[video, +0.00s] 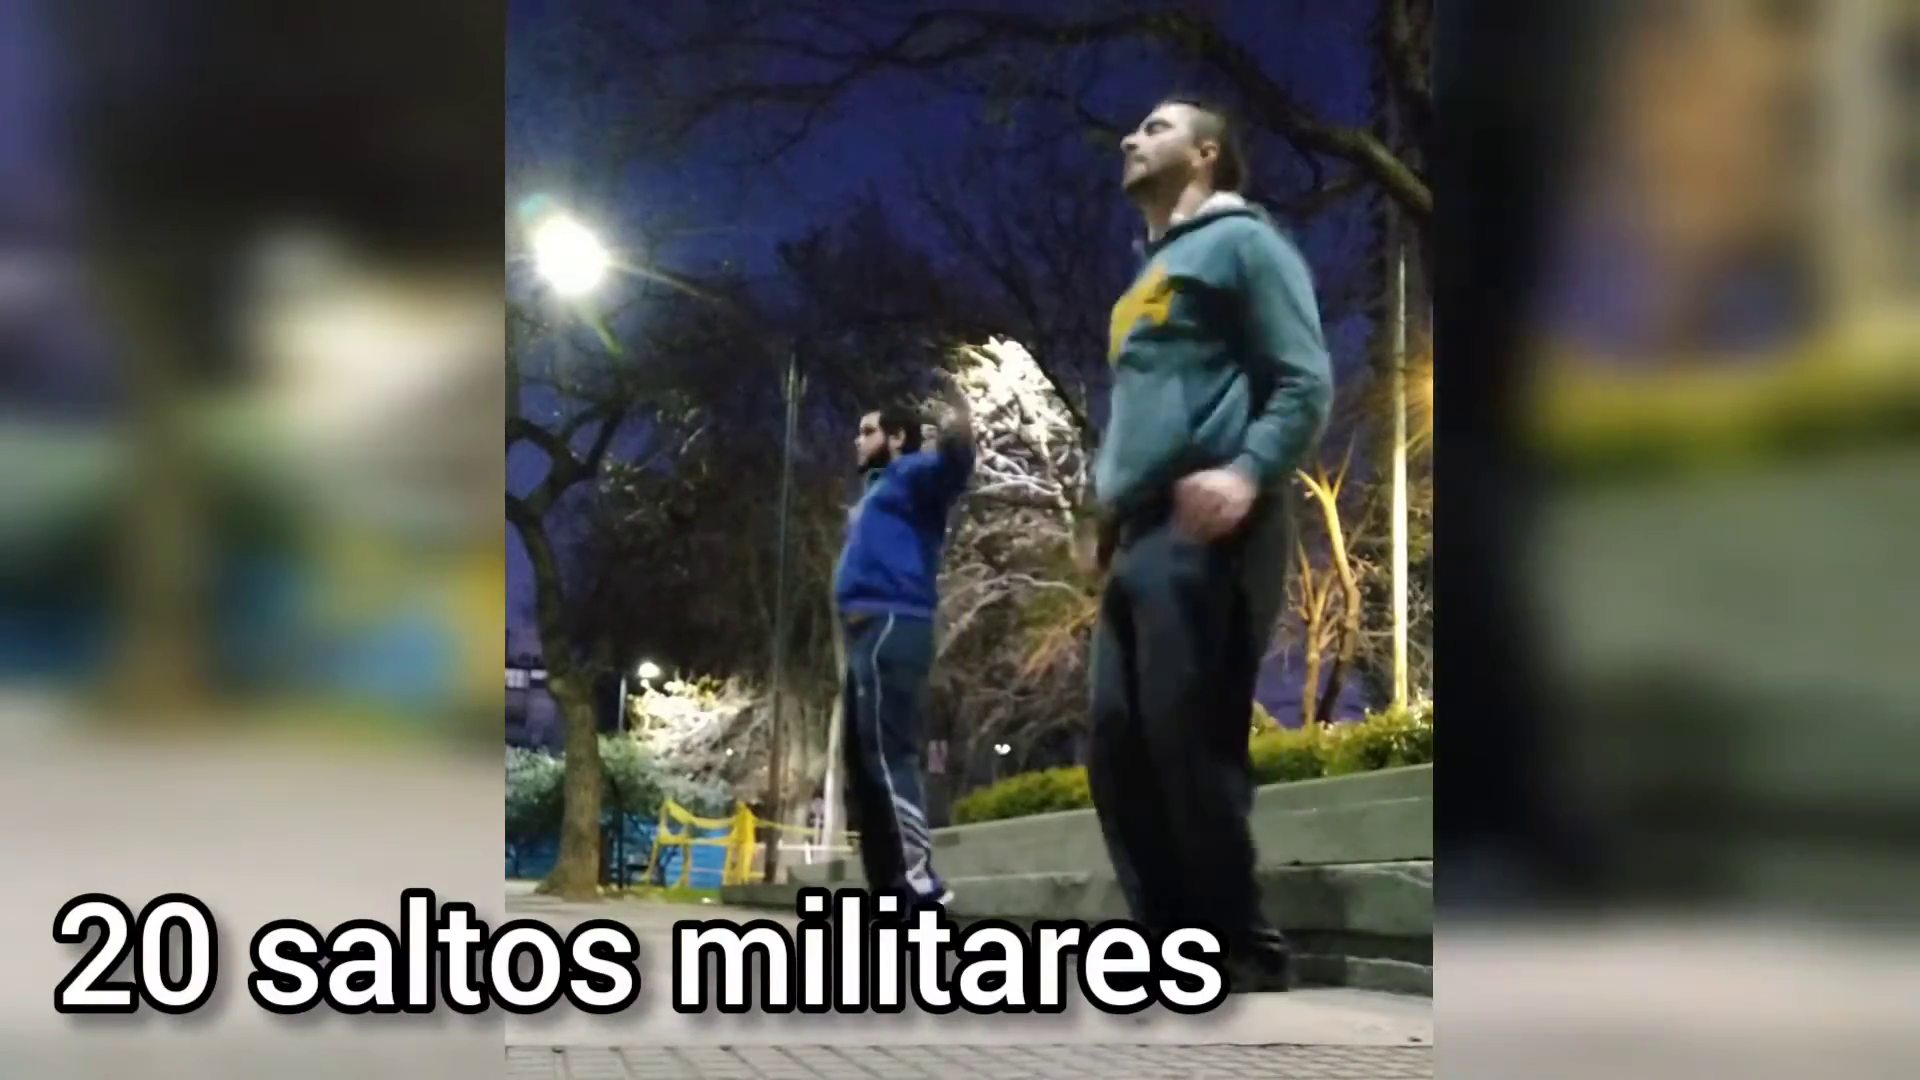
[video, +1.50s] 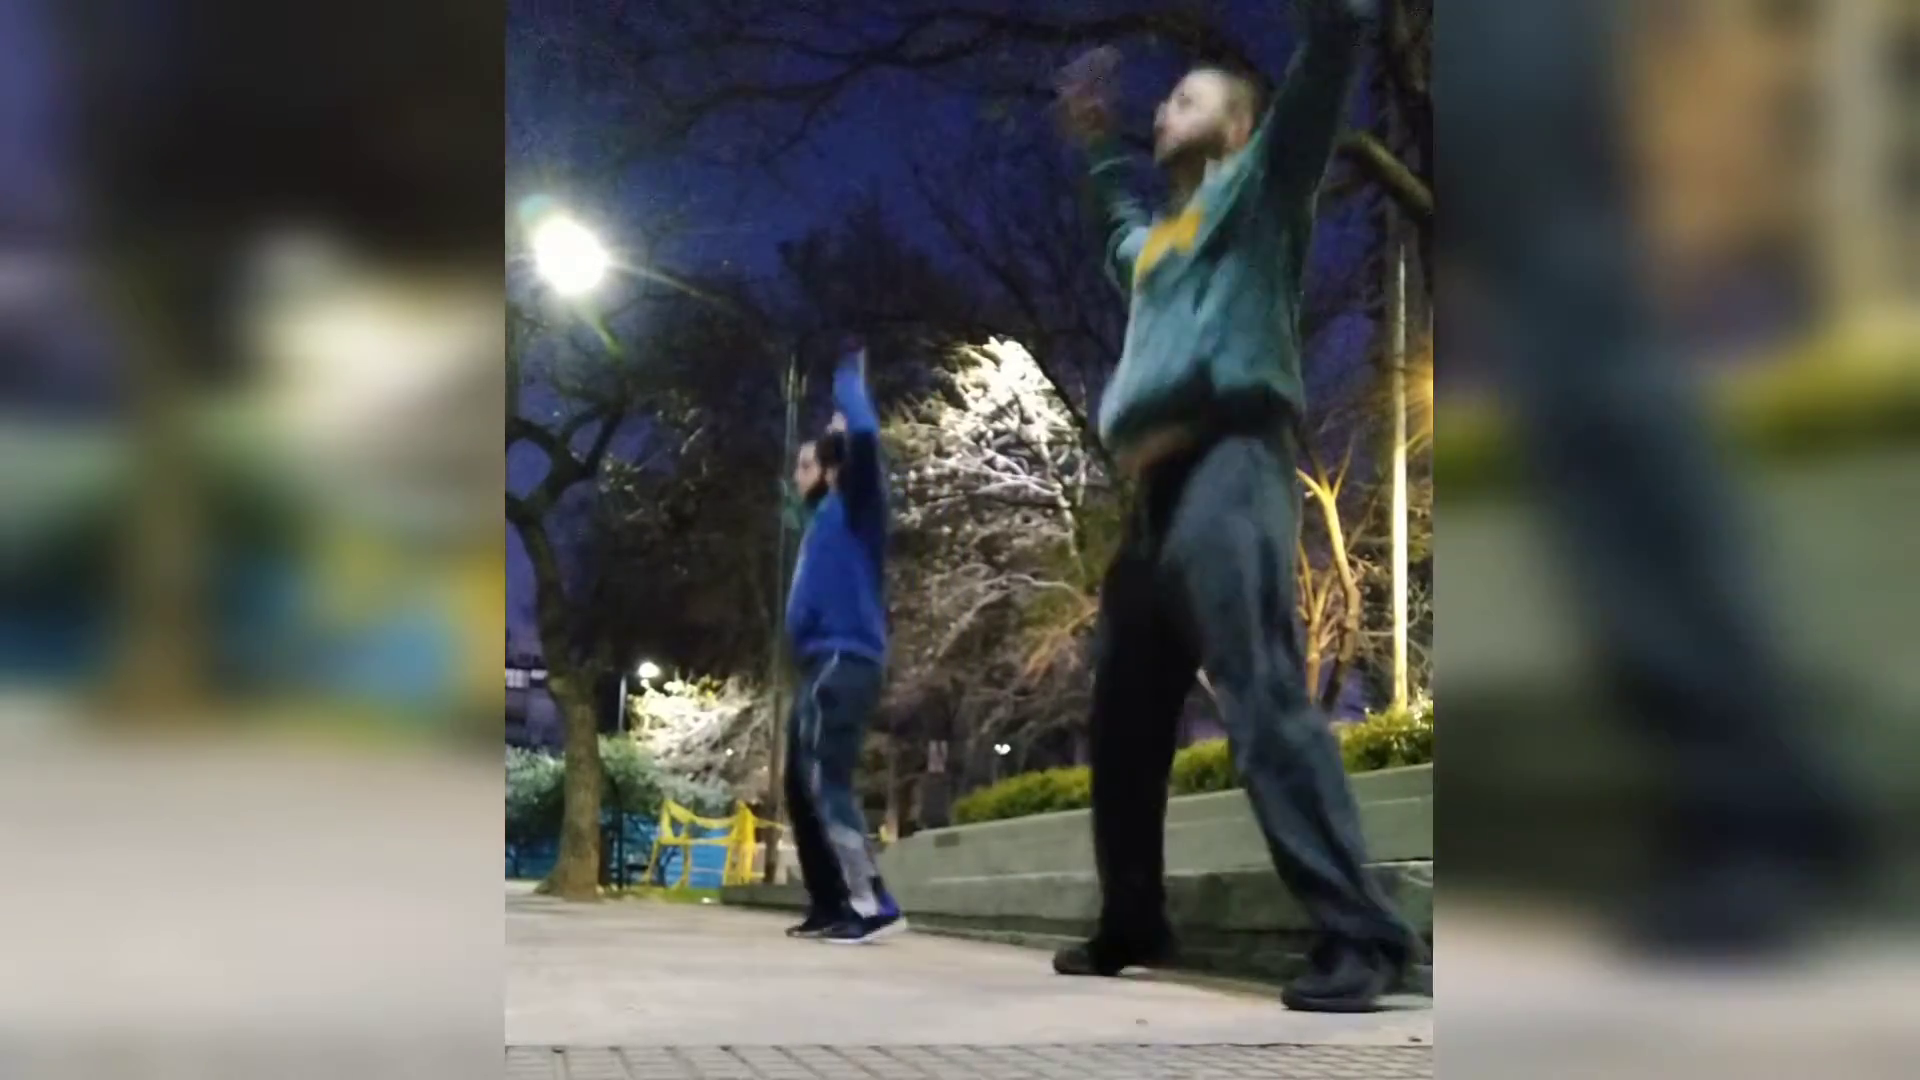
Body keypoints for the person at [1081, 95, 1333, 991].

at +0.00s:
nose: (1132, 138)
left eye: (1155, 126)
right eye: (1133, 129)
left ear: (1205, 152)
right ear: (1150, 164)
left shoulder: (1244, 240)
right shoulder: (1155, 264)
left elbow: (1305, 382)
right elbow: (1151, 402)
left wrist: (1247, 470)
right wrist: (1116, 511)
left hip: (1205, 523)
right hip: (1137, 532)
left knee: (1191, 739)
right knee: (1118, 749)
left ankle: (1232, 950)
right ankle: (1173, 951)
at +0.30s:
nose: (1134, 95)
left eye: (1155, 84)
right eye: (1138, 86)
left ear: (1209, 104)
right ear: (1161, 116)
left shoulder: (1233, 172)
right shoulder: (1134, 226)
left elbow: (1281, 62)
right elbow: (1089, 289)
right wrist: (1036, 200)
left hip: (1211, 444)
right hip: (1138, 465)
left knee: (1235, 669)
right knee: (1108, 717)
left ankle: (1319, 920)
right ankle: (1106, 934)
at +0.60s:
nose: (1129, 105)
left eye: (1151, 92)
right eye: (1132, 95)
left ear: (1204, 111)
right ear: (1141, 123)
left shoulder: (1228, 177)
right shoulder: (1125, 235)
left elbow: (1298, 57)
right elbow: (1085, 263)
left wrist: (1301, 7)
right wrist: (1035, 179)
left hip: (1199, 452)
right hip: (1127, 478)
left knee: (1220, 690)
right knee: (1096, 726)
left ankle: (1322, 933)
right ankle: (1092, 944)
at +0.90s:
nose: (1116, 130)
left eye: (1138, 116)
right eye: (1114, 121)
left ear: (1189, 139)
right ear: (1126, 154)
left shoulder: (1226, 216)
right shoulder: (1134, 247)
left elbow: (1296, 351)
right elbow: (1132, 383)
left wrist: (1232, 427)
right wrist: (1095, 498)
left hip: (1186, 502)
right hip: (1115, 515)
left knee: (1147, 721)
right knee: (1086, 725)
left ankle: (1201, 952)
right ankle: (1137, 941)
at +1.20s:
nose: (1147, 81)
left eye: (1171, 71)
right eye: (1147, 74)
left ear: (1221, 95)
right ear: (1152, 110)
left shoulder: (1246, 158)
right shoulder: (1145, 229)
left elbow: (1310, 56)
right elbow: (1099, 303)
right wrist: (1031, 234)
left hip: (1220, 425)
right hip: (1151, 454)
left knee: (1230, 651)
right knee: (1117, 693)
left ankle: (1315, 908)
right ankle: (1122, 930)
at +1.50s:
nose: (1172, 105)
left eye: (1195, 93)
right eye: (1171, 96)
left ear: (1243, 118)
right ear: (1172, 131)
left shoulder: (1263, 181)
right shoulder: (1150, 241)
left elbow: (1327, 49)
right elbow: (1119, 213)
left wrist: (1338, 8)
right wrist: (1098, 139)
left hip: (1230, 463)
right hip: (1154, 491)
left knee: (1260, 695)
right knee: (1124, 726)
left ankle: (1361, 940)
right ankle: (1132, 929)